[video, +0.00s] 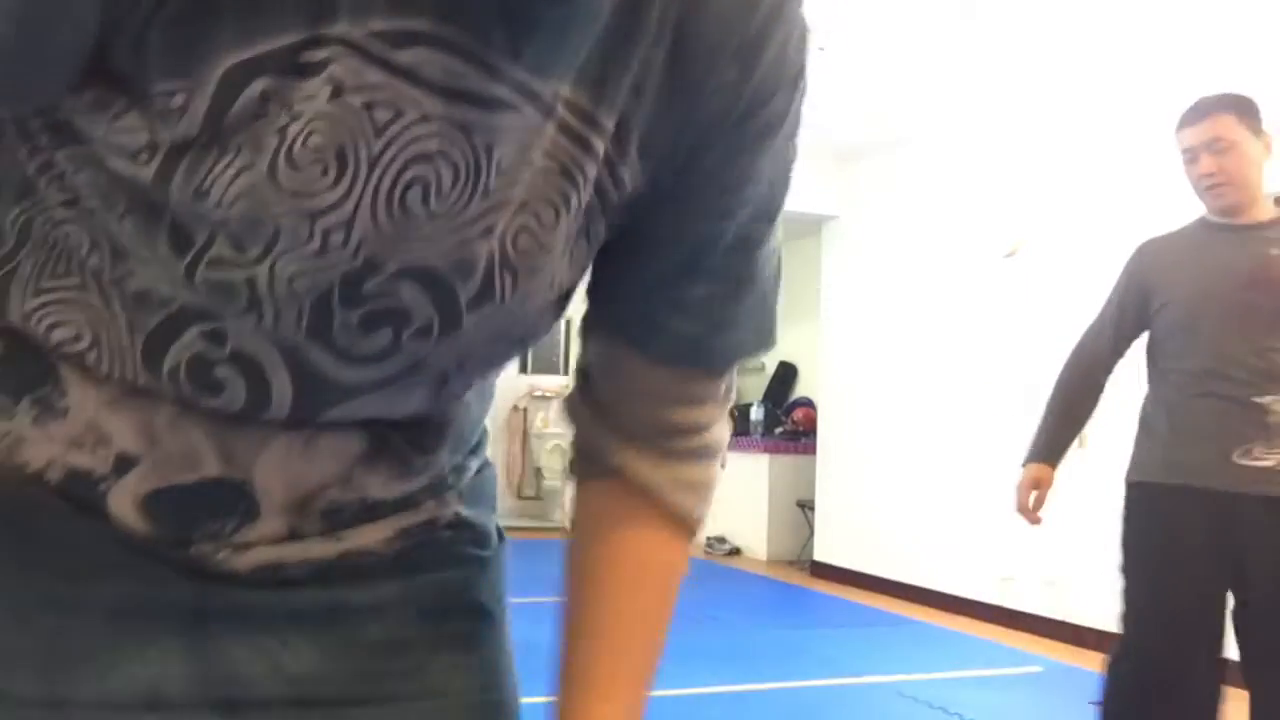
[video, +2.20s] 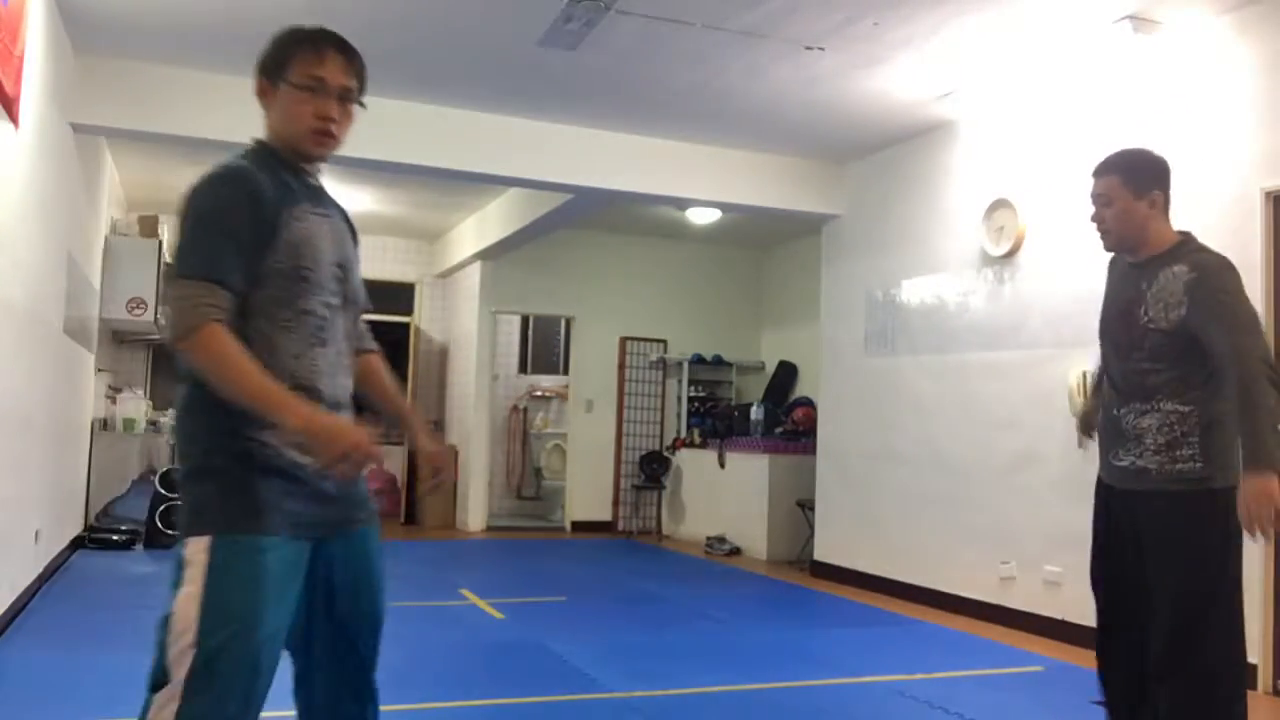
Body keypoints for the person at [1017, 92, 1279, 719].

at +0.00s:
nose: (1204, 167)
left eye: (1219, 149)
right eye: (1191, 156)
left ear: (1263, 148)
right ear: (1182, 167)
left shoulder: (1278, 245)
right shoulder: (1159, 258)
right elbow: (1092, 357)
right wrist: (1044, 454)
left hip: (1268, 497)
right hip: (1170, 493)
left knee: (1273, 672)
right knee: (1159, 673)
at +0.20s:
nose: (1145, 171)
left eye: (1158, 153)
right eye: (1130, 161)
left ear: (1193, 154)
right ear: (1121, 176)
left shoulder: (1261, 248)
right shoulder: (1106, 270)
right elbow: (1061, 365)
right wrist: (1041, 445)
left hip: (1241, 506)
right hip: (1122, 504)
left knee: (1253, 690)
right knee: (1078, 680)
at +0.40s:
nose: (1071, 183)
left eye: (1084, 167)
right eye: (1057, 174)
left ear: (1118, 170)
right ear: (1049, 189)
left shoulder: (1179, 256)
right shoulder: (1044, 279)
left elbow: (1251, 349)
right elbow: (1023, 372)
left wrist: (1209, 455)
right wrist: (1016, 450)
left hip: (1160, 514)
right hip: (1058, 517)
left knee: (1205, 687)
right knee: (1056, 687)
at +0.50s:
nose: (1046, 182)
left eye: (1060, 166)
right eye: (1033, 173)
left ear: (1094, 171)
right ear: (1025, 187)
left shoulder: (1148, 249)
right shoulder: (1025, 275)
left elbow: (1221, 342)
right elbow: (1010, 374)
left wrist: (1137, 415)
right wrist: (983, 467)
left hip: (1136, 500)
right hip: (1041, 500)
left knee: (1169, 677)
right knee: (1044, 676)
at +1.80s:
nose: (1071, 204)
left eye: (1083, 190)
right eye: (1071, 191)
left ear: (1130, 191)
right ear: (1112, 195)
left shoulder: (1182, 276)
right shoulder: (1089, 279)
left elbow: (1182, 397)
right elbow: (1083, 376)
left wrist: (1146, 494)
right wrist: (1069, 454)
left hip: (1173, 504)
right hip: (1089, 500)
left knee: (1172, 679)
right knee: (1077, 673)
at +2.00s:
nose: (1077, 214)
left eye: (1087, 200)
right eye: (1077, 201)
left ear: (1134, 199)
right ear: (1123, 202)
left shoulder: (1194, 276)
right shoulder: (1109, 272)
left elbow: (1245, 393)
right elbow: (1122, 385)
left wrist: (1238, 504)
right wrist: (1110, 478)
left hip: (1188, 509)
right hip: (1116, 503)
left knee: (1198, 685)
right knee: (1104, 675)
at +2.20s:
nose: (1093, 215)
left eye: (1103, 202)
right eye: (1093, 202)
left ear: (1150, 202)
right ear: (1138, 205)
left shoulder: (1205, 273)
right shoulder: (1121, 269)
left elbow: (1254, 371)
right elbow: (1126, 358)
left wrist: (1259, 467)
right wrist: (1097, 400)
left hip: (1193, 496)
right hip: (1122, 493)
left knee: (1193, 648)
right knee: (1124, 641)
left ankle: (1197, 717)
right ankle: (1130, 713)